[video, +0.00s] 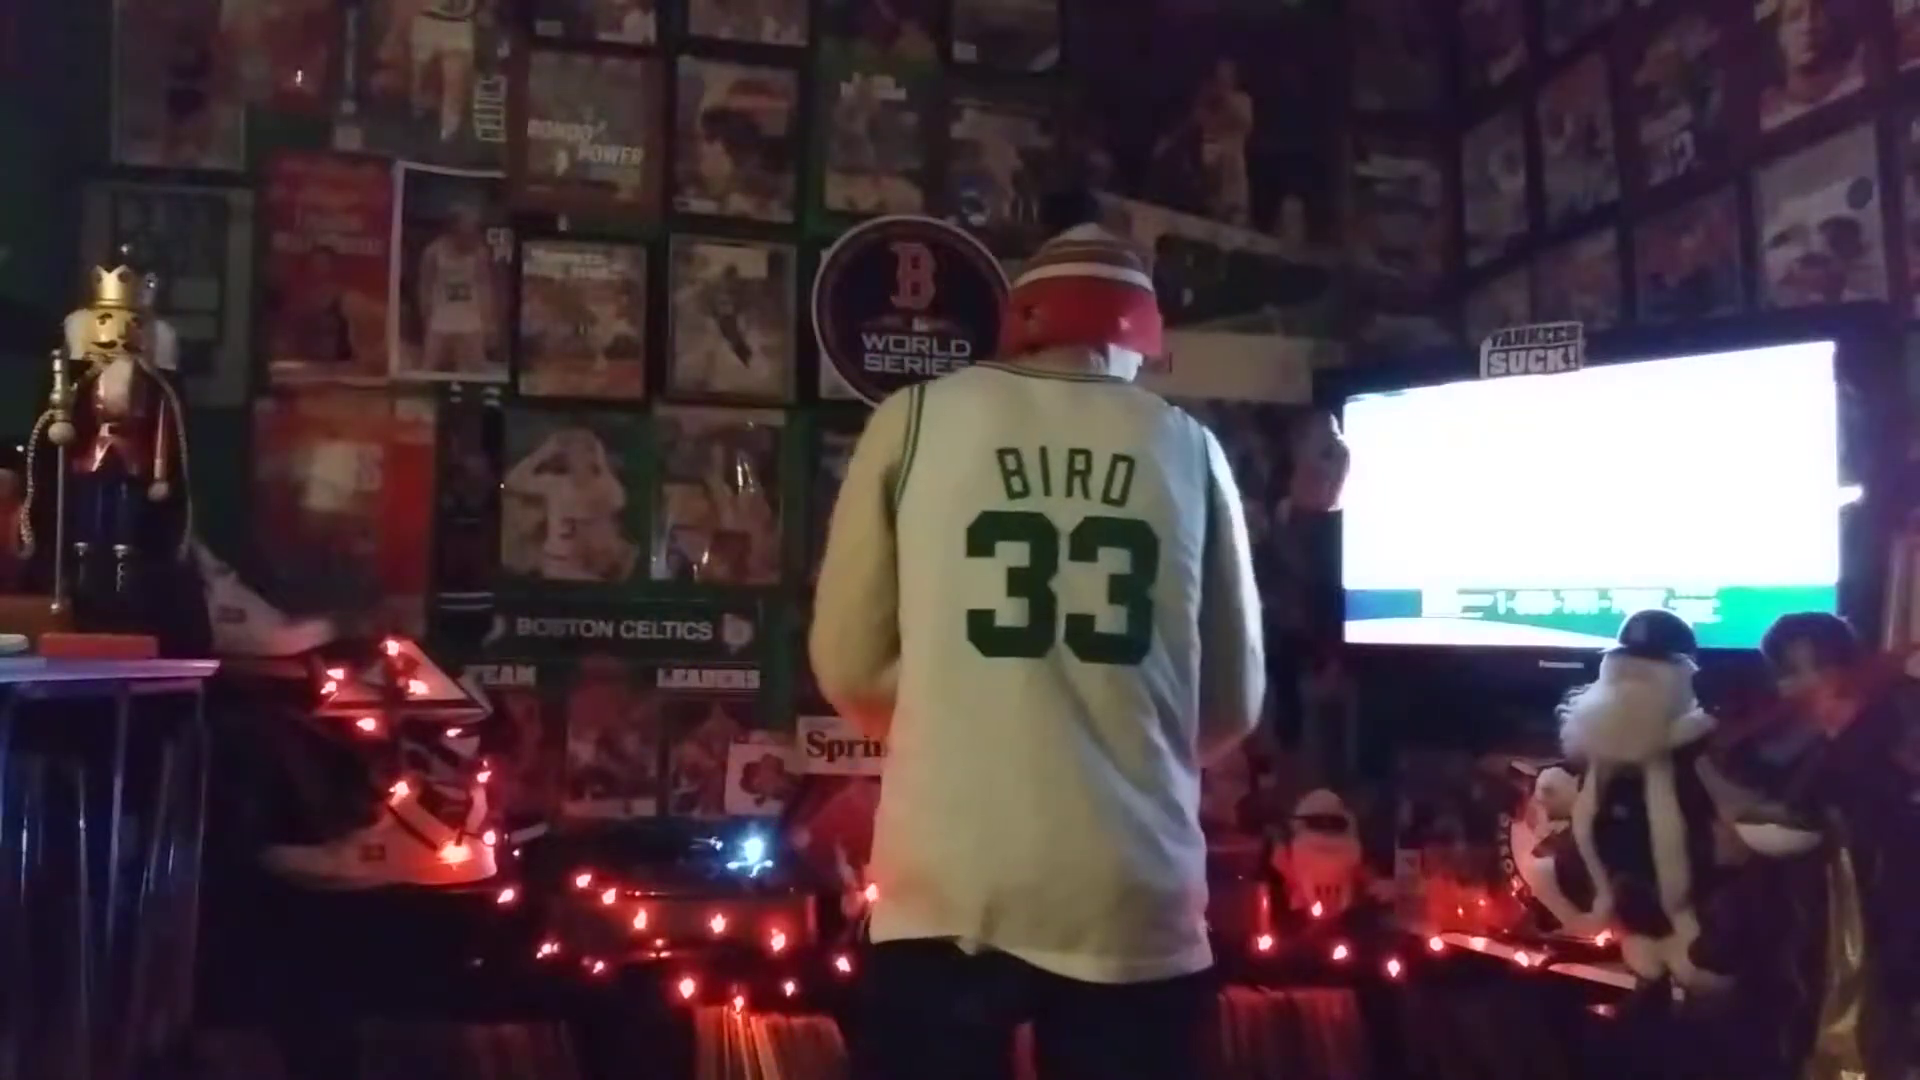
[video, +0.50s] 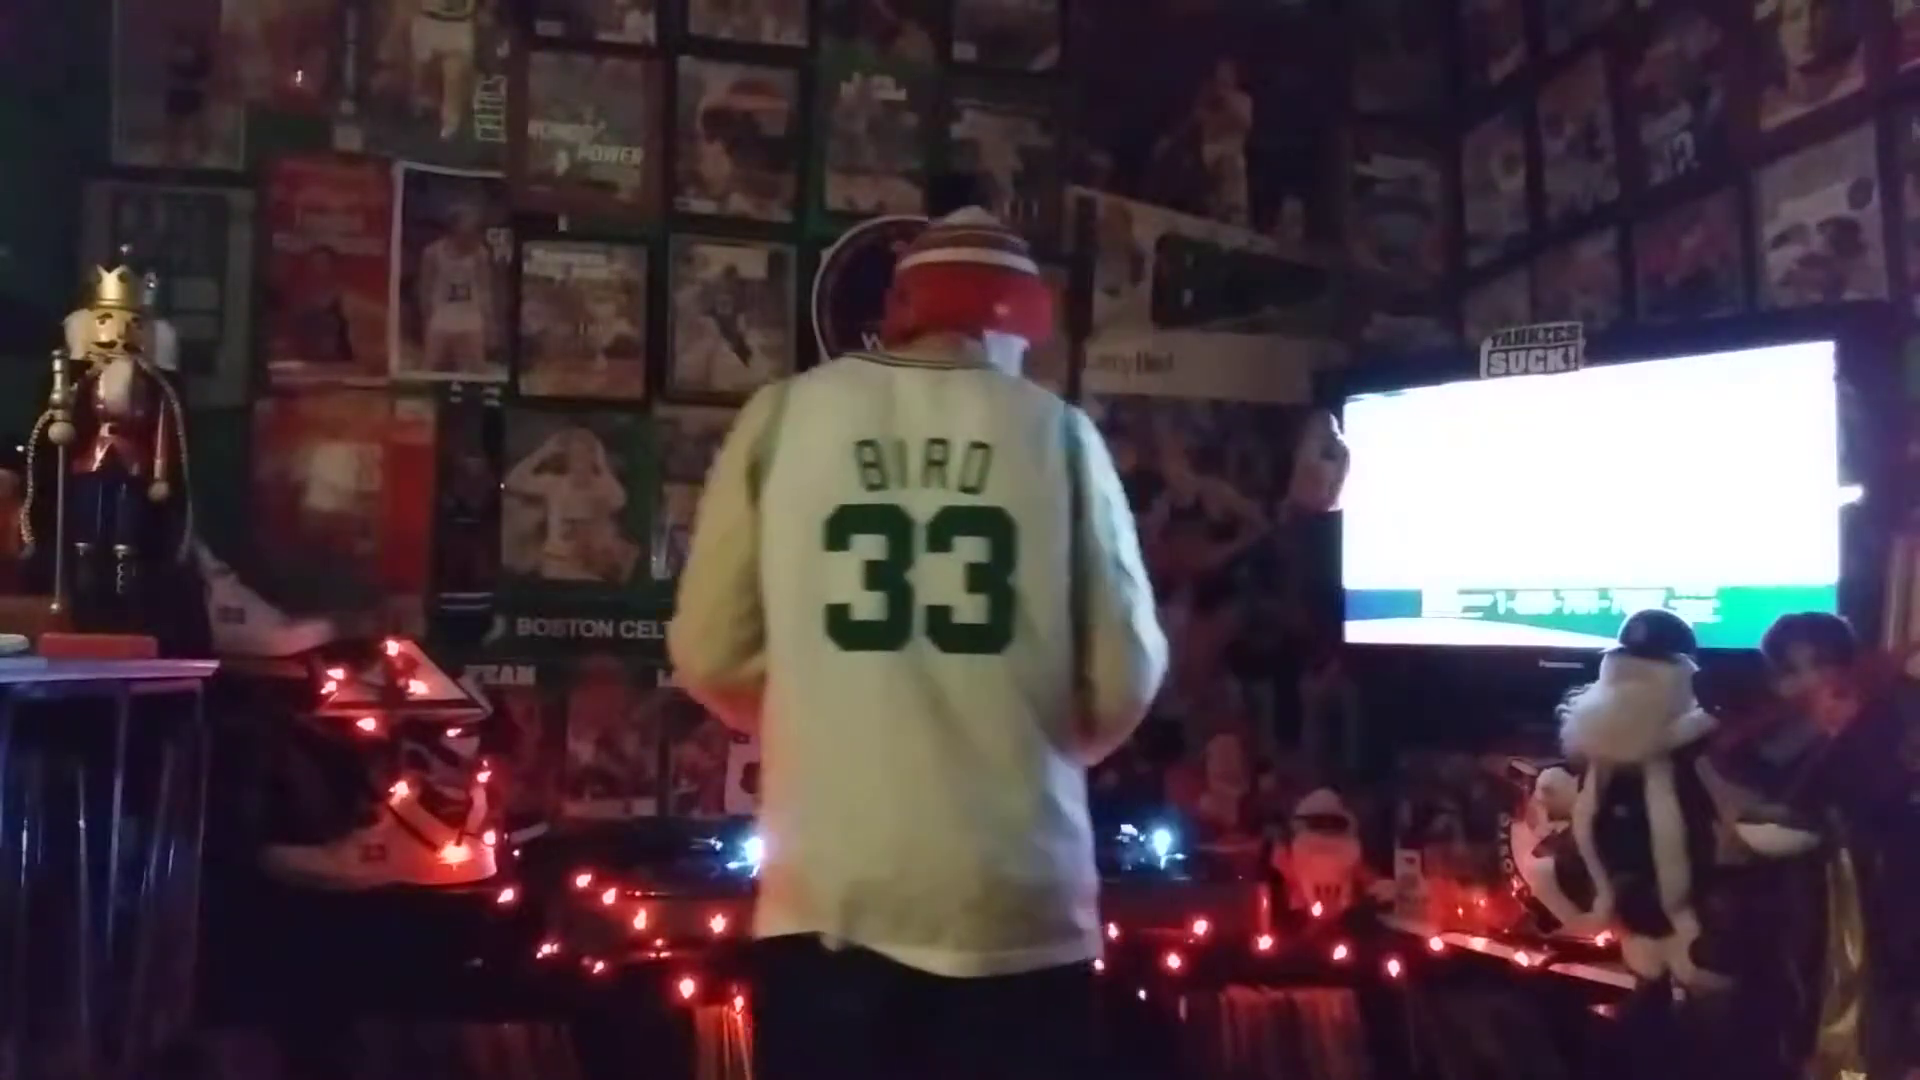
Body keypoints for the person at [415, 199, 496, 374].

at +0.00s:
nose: (467, 235)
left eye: (471, 230)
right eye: (463, 230)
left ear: (476, 230)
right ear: (453, 228)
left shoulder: (480, 252)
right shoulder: (434, 252)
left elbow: (486, 288)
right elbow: (425, 287)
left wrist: (489, 321)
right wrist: (426, 316)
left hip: (471, 327)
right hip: (440, 326)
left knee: (472, 378)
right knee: (432, 378)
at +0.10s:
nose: (467, 236)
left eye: (471, 232)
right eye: (463, 231)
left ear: (476, 231)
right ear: (453, 229)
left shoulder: (481, 253)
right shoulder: (434, 253)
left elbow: (486, 291)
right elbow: (425, 288)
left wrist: (490, 325)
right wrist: (427, 317)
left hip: (472, 324)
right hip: (441, 323)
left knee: (473, 376)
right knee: (433, 376)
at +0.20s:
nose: (467, 237)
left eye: (471, 232)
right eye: (463, 231)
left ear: (476, 231)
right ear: (453, 229)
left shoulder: (481, 253)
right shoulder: (433, 253)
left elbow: (486, 291)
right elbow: (425, 288)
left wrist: (490, 325)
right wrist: (427, 317)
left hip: (472, 323)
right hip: (441, 322)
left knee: (473, 375)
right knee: (433, 375)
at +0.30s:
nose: (467, 237)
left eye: (471, 232)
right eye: (463, 231)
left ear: (476, 231)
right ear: (453, 229)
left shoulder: (481, 253)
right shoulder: (433, 253)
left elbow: (486, 291)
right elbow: (425, 288)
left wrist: (490, 325)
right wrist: (427, 317)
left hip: (471, 325)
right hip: (441, 323)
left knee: (474, 376)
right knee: (433, 376)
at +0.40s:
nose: (467, 236)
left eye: (471, 231)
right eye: (463, 231)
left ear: (476, 231)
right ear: (453, 229)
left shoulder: (481, 253)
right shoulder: (434, 253)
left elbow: (486, 291)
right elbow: (425, 288)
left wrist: (490, 324)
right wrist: (427, 317)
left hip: (471, 324)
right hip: (441, 323)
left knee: (474, 375)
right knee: (433, 376)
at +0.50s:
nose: (467, 236)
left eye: (471, 231)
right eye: (463, 231)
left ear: (476, 231)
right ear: (453, 229)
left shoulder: (481, 253)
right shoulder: (433, 253)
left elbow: (486, 291)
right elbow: (425, 288)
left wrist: (490, 325)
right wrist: (427, 317)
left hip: (471, 324)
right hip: (440, 324)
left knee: (473, 376)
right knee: (433, 376)